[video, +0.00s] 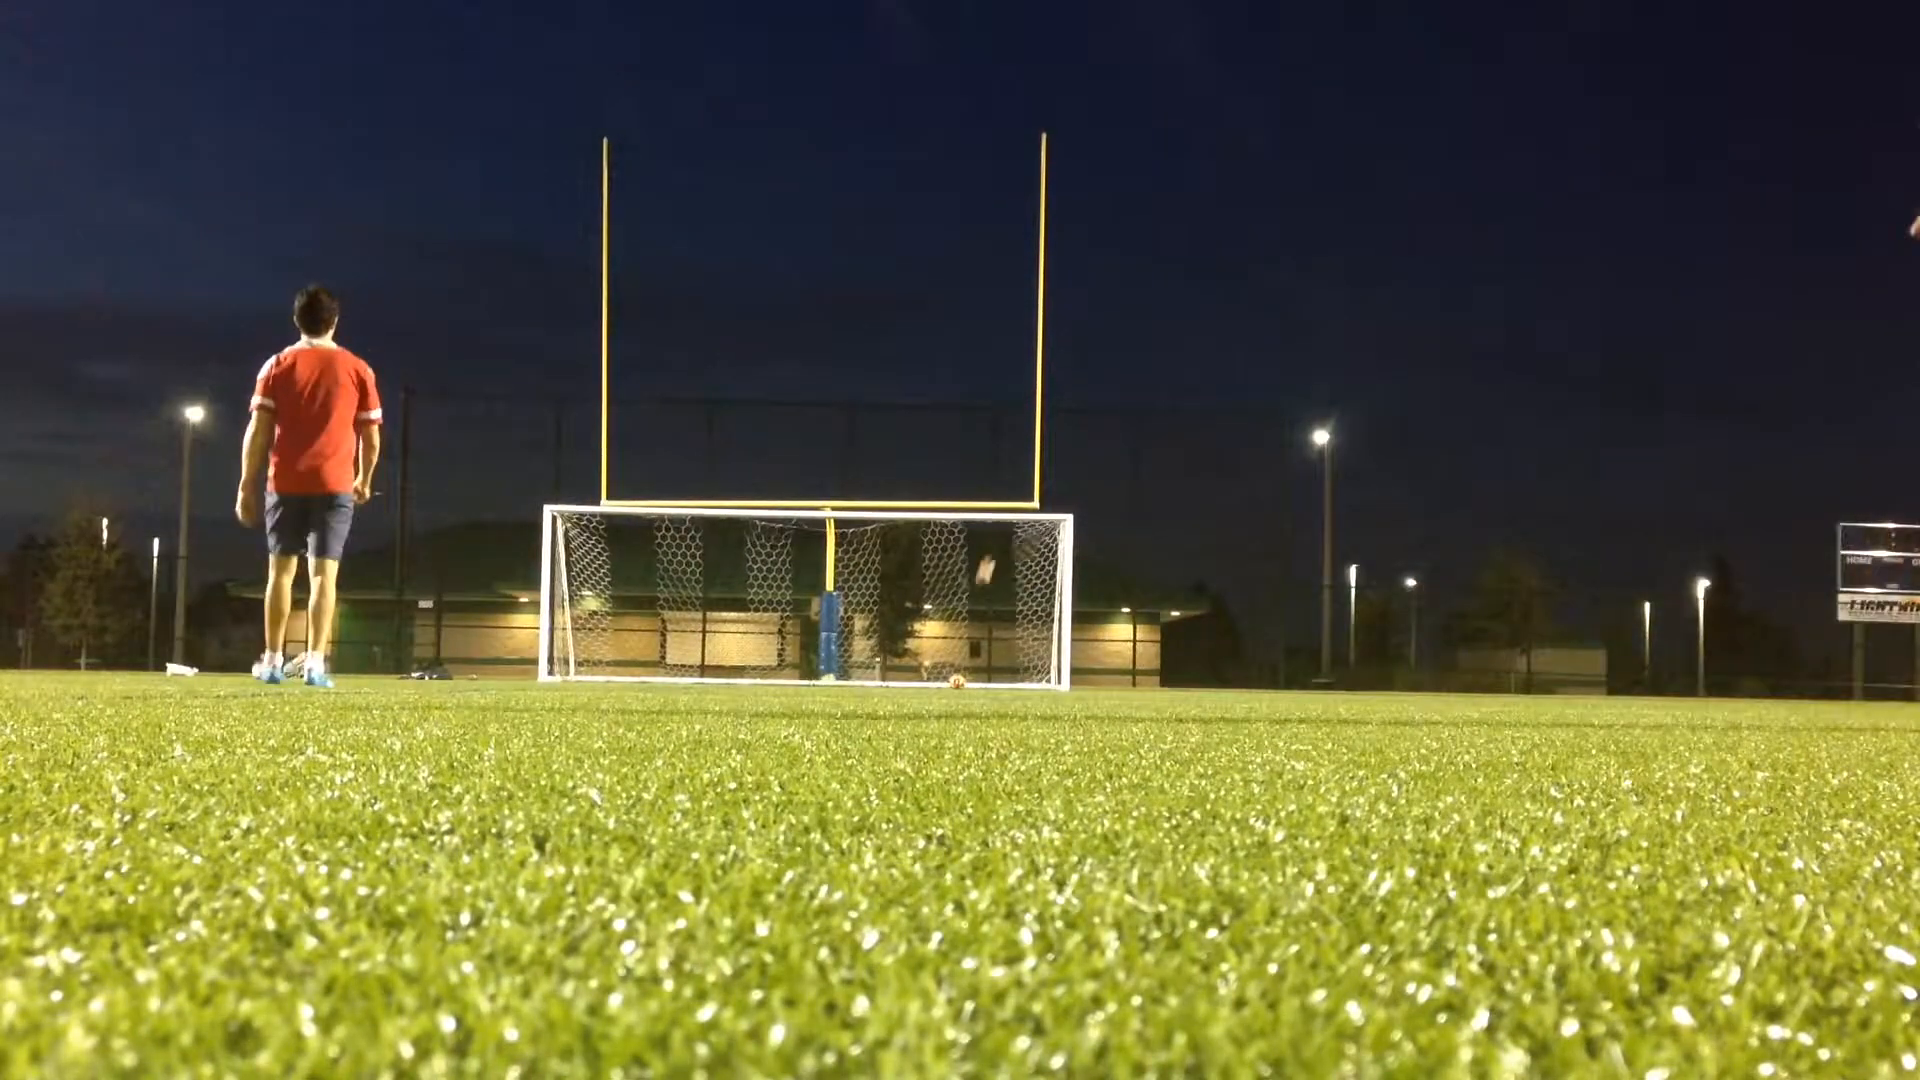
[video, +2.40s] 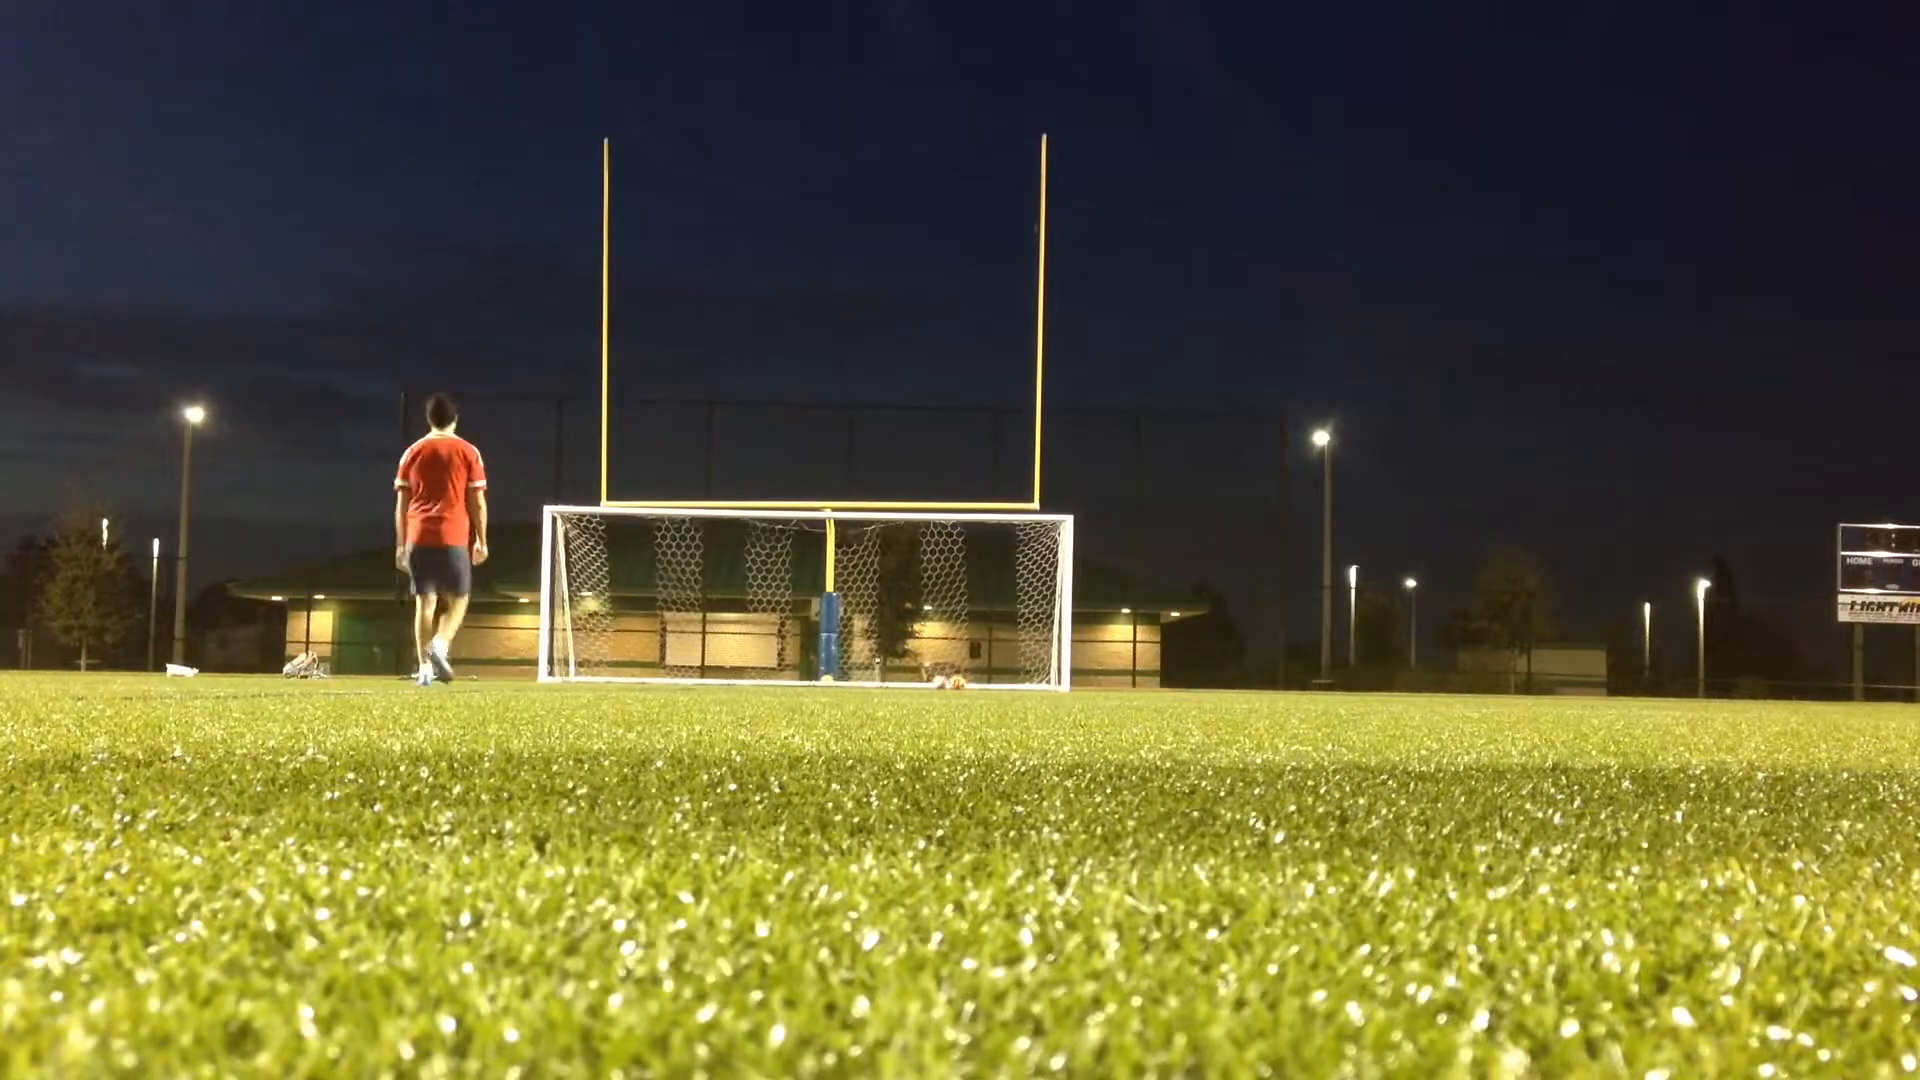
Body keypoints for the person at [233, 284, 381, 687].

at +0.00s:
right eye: (331, 318)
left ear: (296, 322)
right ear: (334, 323)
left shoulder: (276, 365)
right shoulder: (358, 369)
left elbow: (258, 430)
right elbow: (371, 438)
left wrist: (246, 487)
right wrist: (365, 478)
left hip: (285, 482)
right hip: (336, 482)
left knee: (280, 572)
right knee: (324, 576)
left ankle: (272, 659)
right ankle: (315, 662)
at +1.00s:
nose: (358, 370)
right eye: (363, 364)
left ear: (332, 367)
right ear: (366, 367)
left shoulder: (312, 405)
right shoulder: (381, 408)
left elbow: (296, 462)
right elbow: (392, 466)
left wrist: (290, 510)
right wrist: (389, 502)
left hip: (317, 505)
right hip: (358, 507)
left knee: (323, 580)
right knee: (341, 585)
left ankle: (316, 656)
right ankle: (327, 662)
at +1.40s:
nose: (351, 384)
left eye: (352, 379)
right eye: (354, 379)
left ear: (355, 382)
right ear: (384, 382)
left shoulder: (337, 419)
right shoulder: (403, 421)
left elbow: (323, 476)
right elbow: (411, 476)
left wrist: (319, 521)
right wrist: (412, 519)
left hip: (341, 516)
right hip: (383, 517)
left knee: (347, 591)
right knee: (386, 589)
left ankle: (347, 666)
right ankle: (365, 638)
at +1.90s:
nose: (402, 403)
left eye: (403, 399)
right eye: (408, 399)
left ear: (405, 401)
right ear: (432, 402)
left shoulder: (385, 435)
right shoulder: (445, 439)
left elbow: (371, 485)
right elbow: (453, 491)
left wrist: (371, 526)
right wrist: (456, 534)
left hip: (388, 526)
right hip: (427, 528)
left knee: (392, 591)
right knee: (421, 600)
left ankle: (384, 646)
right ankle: (413, 670)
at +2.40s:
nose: (448, 422)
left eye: (436, 417)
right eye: (452, 418)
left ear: (428, 419)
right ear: (455, 420)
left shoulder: (412, 452)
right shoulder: (468, 452)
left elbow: (402, 502)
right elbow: (478, 501)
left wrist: (400, 543)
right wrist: (481, 538)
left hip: (418, 538)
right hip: (454, 538)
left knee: (424, 602)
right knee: (458, 600)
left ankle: (424, 669)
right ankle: (440, 643)